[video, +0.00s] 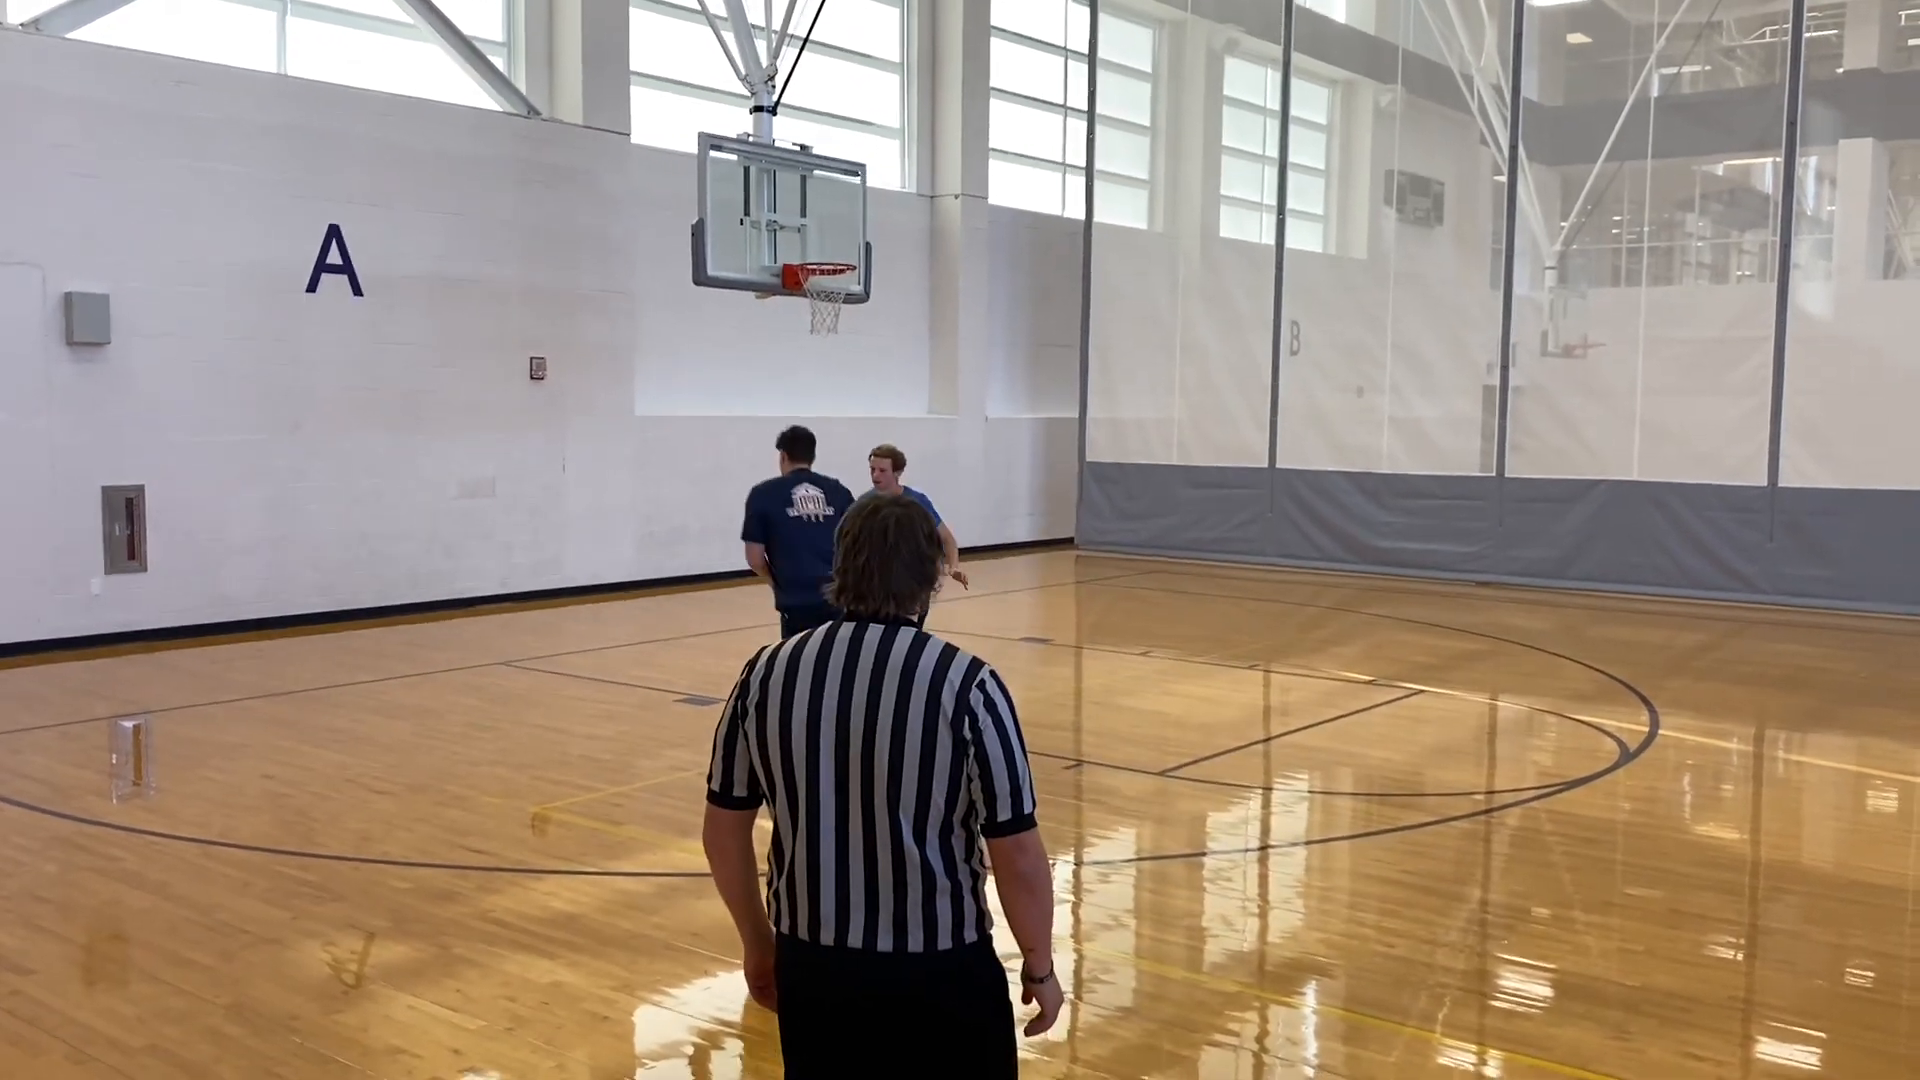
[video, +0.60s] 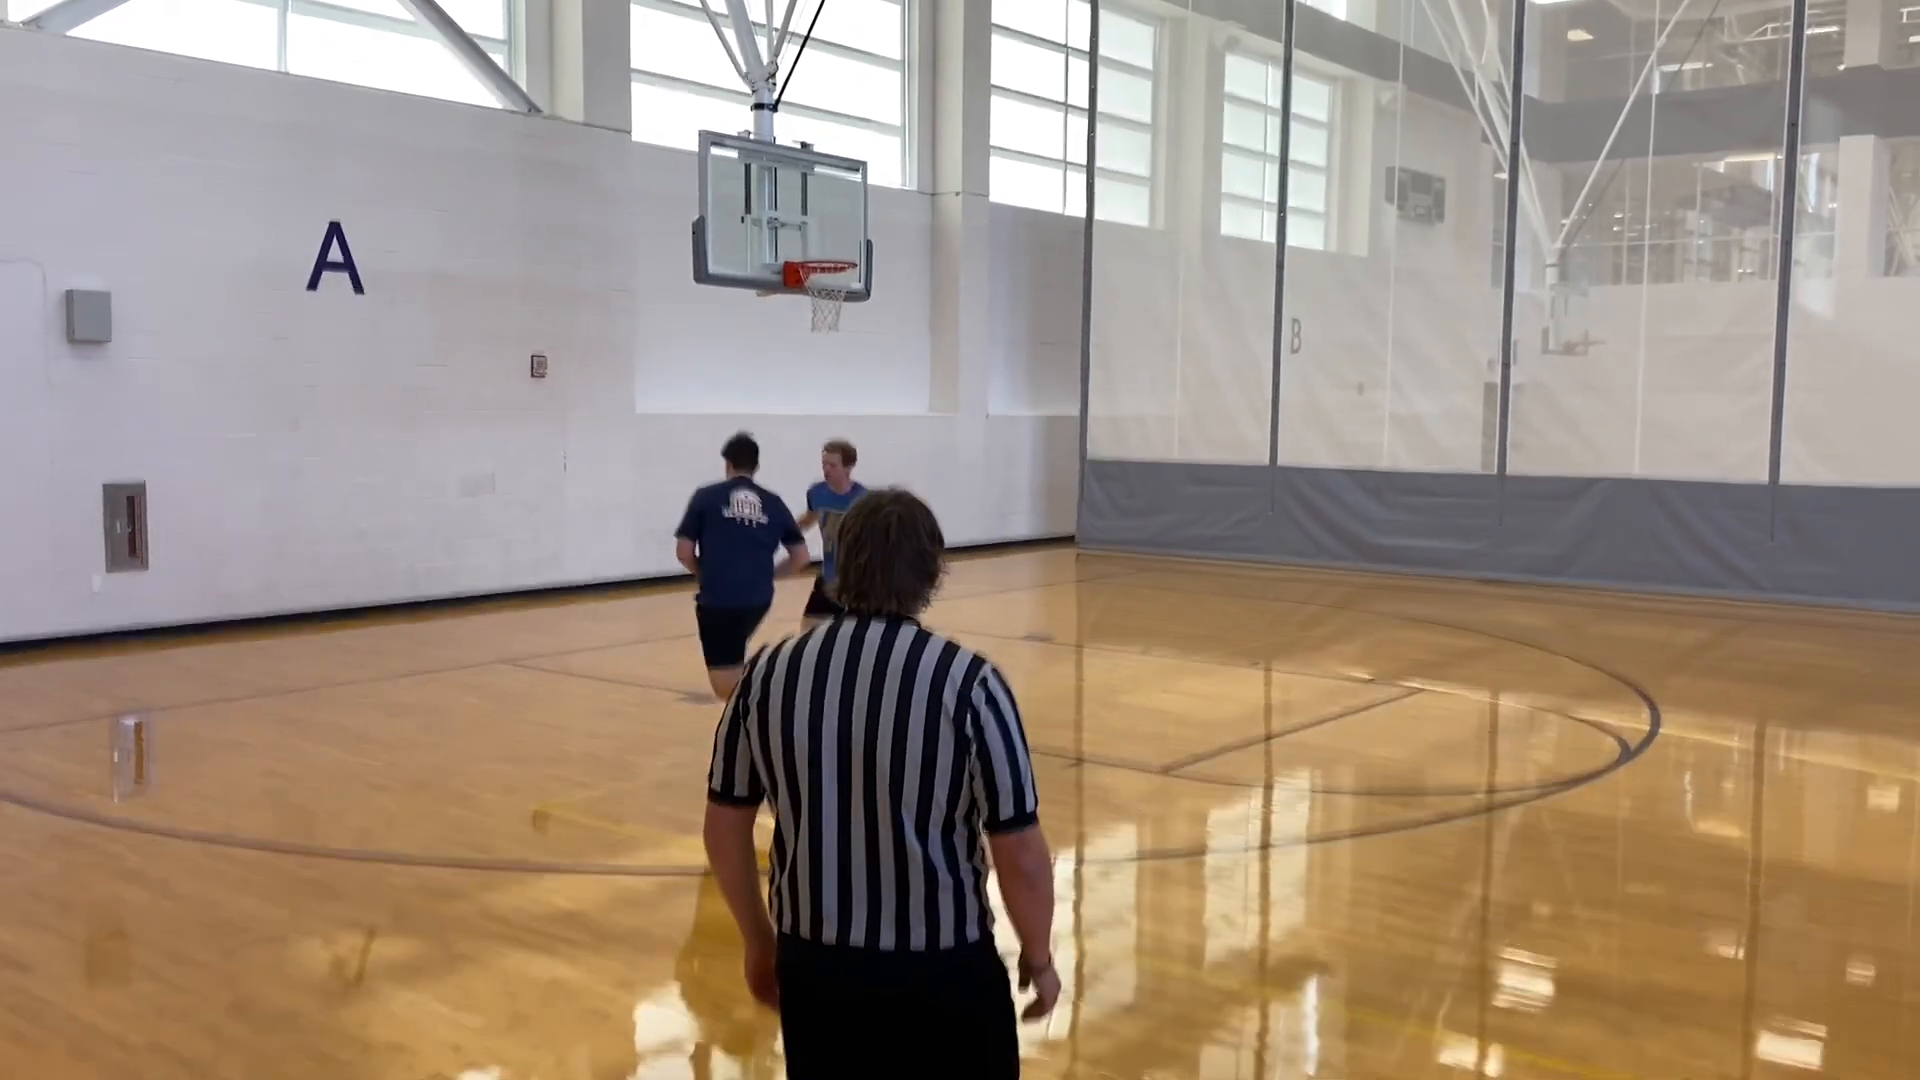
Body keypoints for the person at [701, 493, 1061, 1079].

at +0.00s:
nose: (942, 575)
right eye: (938, 562)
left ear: (842, 564)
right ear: (930, 575)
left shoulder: (768, 669)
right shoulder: (968, 683)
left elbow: (723, 828)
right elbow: (1016, 853)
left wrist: (756, 940)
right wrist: (1039, 963)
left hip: (812, 976)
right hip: (945, 978)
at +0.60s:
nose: (939, 573)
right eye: (935, 561)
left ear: (841, 564)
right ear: (929, 572)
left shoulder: (768, 671)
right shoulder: (969, 682)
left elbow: (724, 826)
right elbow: (1019, 851)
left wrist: (757, 940)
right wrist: (1037, 953)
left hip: (815, 974)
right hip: (948, 977)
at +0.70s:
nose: (938, 573)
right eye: (934, 560)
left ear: (841, 566)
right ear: (929, 572)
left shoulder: (768, 670)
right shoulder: (967, 681)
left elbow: (723, 826)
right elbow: (1017, 849)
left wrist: (755, 939)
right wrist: (1035, 950)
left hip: (814, 976)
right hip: (945, 978)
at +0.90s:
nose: (938, 570)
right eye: (934, 558)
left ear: (841, 566)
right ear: (928, 569)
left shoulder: (765, 670)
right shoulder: (968, 682)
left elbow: (721, 829)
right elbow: (1018, 853)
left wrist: (754, 939)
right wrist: (1032, 949)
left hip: (812, 974)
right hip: (945, 976)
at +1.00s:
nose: (940, 571)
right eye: (936, 558)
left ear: (841, 565)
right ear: (929, 570)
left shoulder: (764, 671)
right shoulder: (968, 682)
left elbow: (721, 830)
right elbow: (1018, 854)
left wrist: (754, 939)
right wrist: (1030, 946)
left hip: (812, 973)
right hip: (945, 975)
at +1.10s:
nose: (939, 570)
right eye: (935, 557)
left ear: (842, 564)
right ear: (930, 569)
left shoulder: (765, 670)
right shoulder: (969, 681)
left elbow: (721, 830)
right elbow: (1020, 854)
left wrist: (755, 939)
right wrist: (1029, 945)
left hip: (812, 973)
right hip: (946, 976)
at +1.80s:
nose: (938, 570)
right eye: (935, 557)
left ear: (842, 564)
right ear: (930, 569)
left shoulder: (766, 671)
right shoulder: (971, 680)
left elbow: (721, 831)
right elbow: (1024, 854)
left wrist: (758, 933)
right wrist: (1014, 929)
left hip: (815, 972)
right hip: (949, 974)